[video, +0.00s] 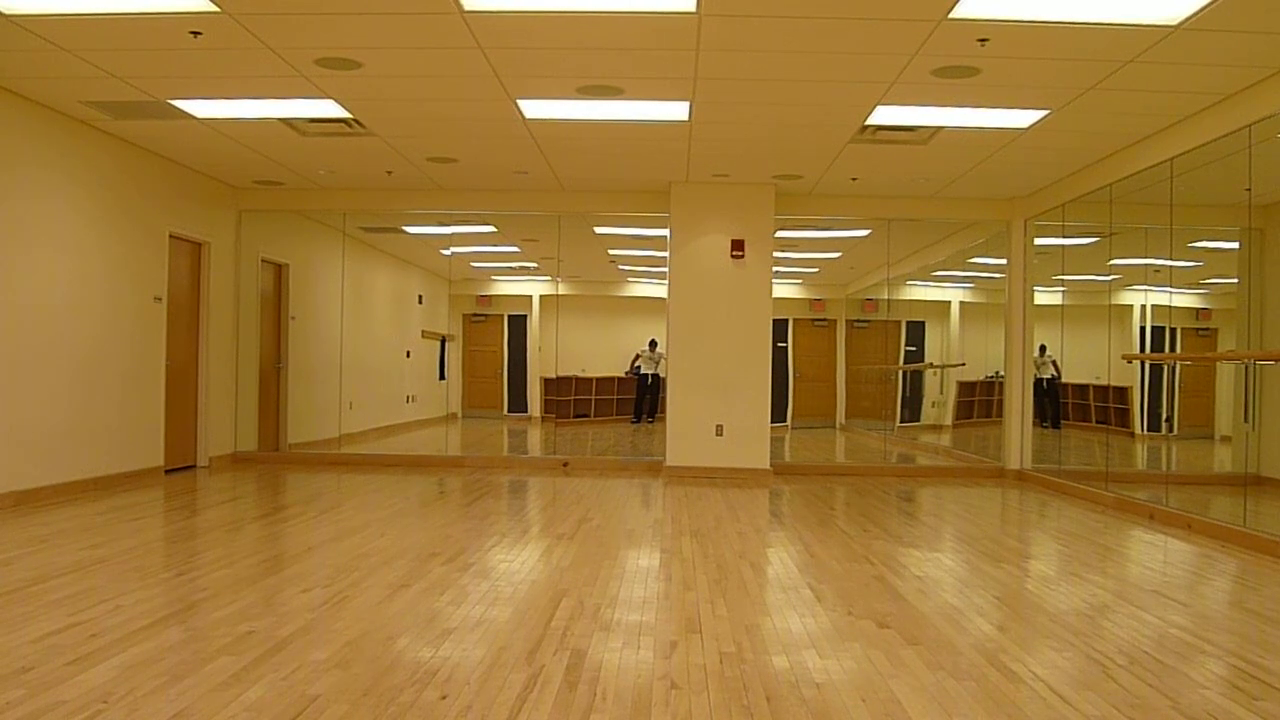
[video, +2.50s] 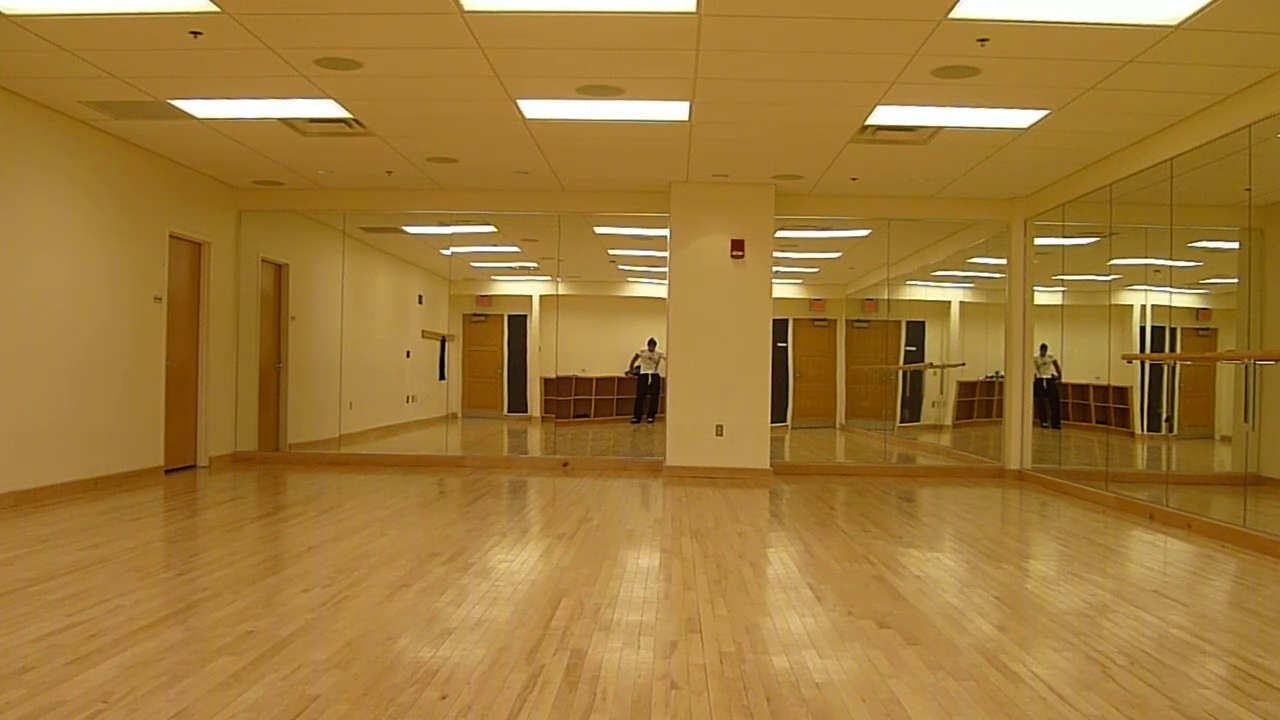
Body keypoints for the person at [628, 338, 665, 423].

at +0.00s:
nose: (652, 350)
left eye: (654, 348)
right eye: (651, 348)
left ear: (656, 348)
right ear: (648, 346)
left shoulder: (660, 354)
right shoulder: (642, 352)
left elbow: (668, 361)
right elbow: (634, 360)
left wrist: (667, 373)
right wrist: (631, 369)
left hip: (654, 374)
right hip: (643, 374)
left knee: (654, 396)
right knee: (640, 395)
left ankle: (651, 416)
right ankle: (637, 416)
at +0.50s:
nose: (652, 349)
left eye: (653, 348)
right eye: (650, 347)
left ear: (656, 347)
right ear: (648, 346)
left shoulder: (660, 354)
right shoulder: (642, 352)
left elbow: (668, 362)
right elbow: (634, 360)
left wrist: (668, 374)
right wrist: (631, 370)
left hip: (654, 374)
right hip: (643, 373)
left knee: (654, 396)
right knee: (640, 395)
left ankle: (651, 416)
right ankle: (637, 416)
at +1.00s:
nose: (652, 349)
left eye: (654, 347)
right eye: (650, 347)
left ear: (656, 347)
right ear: (648, 346)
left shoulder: (660, 354)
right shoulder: (642, 352)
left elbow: (668, 362)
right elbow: (634, 360)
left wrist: (668, 373)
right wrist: (630, 370)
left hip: (654, 374)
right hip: (643, 373)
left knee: (654, 396)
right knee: (640, 395)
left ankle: (651, 416)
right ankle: (637, 416)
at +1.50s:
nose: (652, 349)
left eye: (653, 347)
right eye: (650, 347)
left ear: (656, 347)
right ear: (648, 346)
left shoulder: (660, 354)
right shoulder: (642, 352)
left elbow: (668, 362)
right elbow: (634, 360)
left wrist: (668, 373)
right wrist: (631, 370)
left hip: (654, 373)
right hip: (643, 373)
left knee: (654, 396)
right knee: (640, 395)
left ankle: (651, 416)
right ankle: (637, 416)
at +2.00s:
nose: (652, 349)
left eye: (653, 347)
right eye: (650, 347)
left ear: (656, 347)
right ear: (648, 346)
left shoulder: (660, 354)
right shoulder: (642, 352)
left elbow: (668, 361)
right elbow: (634, 360)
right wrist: (630, 369)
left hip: (654, 373)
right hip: (643, 373)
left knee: (654, 396)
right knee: (640, 395)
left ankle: (651, 416)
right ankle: (637, 416)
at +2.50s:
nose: (651, 349)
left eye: (653, 347)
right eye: (650, 347)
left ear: (655, 346)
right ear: (647, 346)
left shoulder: (659, 354)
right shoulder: (642, 352)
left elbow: (668, 360)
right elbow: (634, 360)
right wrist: (630, 369)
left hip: (654, 374)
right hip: (643, 374)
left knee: (654, 396)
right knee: (640, 395)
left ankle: (651, 416)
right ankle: (637, 416)